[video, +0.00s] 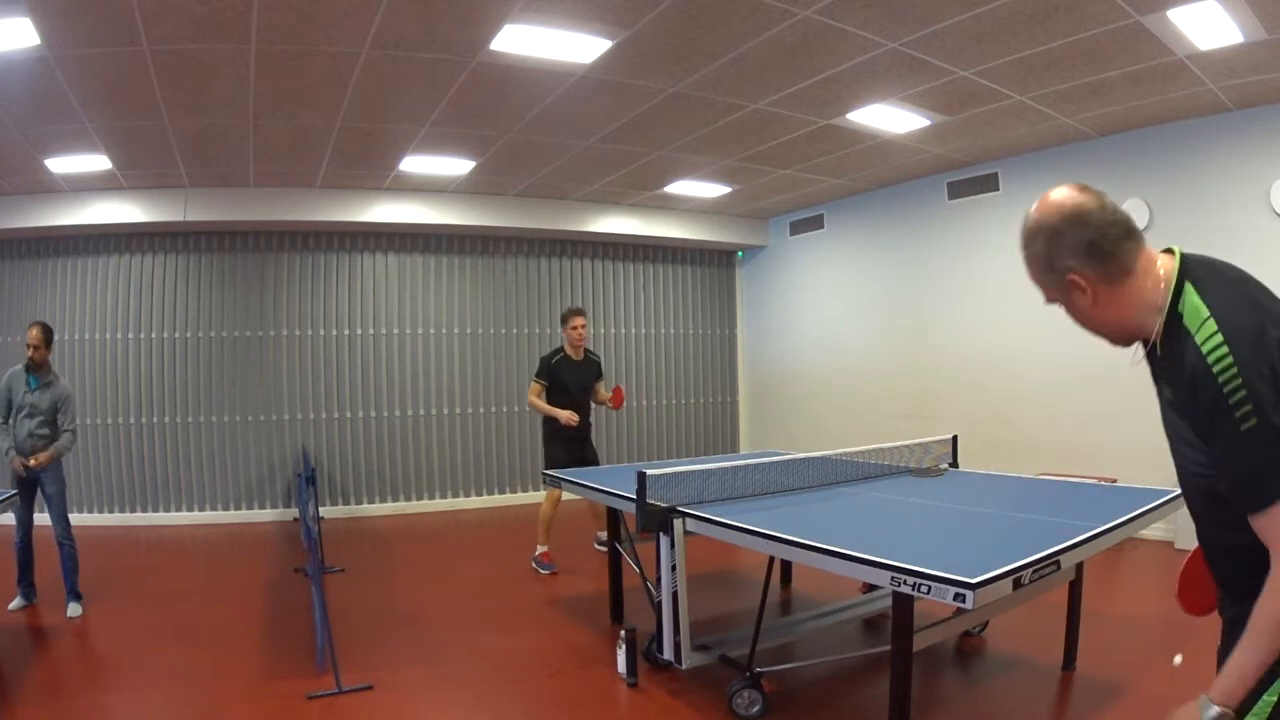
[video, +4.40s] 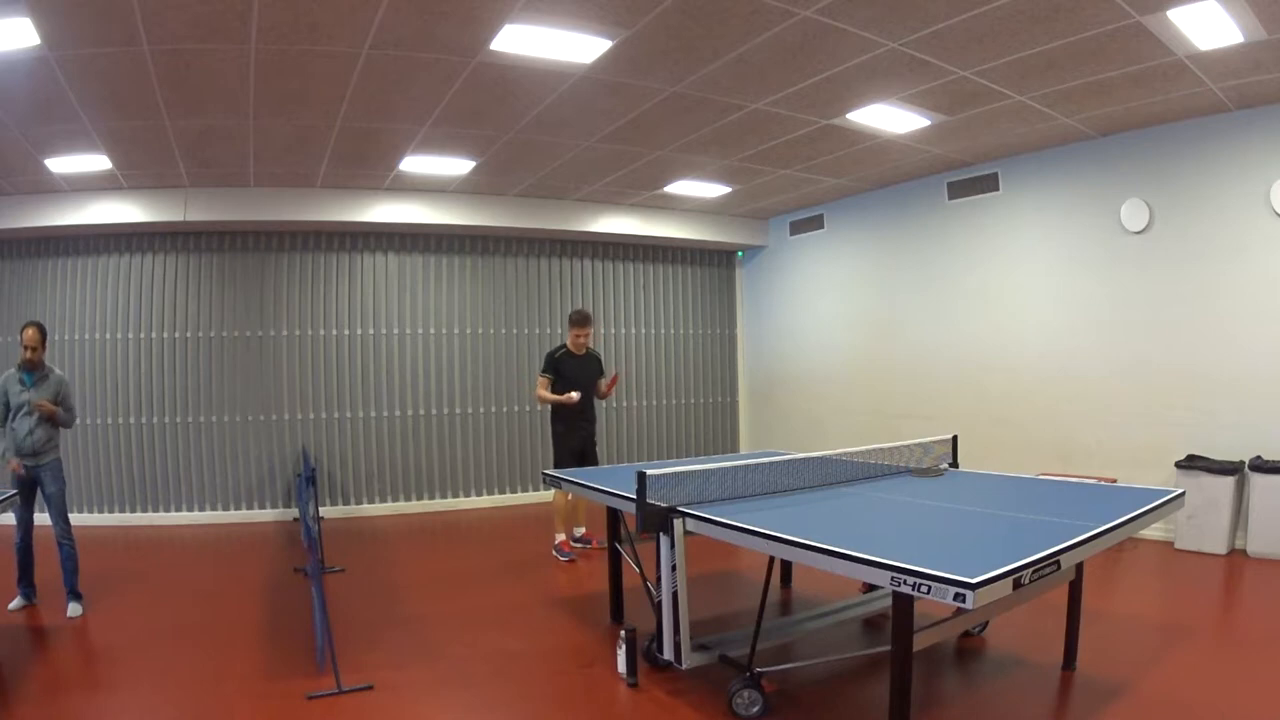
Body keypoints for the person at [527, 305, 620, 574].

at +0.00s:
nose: (580, 332)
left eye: (583, 327)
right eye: (574, 328)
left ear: (588, 330)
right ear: (563, 332)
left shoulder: (593, 362)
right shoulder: (550, 362)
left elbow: (598, 395)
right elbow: (533, 398)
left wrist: (610, 399)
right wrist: (559, 413)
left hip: (583, 436)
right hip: (557, 437)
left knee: (598, 488)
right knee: (554, 493)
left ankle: (604, 534)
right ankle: (541, 551)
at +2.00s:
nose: (585, 323)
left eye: (587, 318)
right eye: (579, 318)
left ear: (590, 321)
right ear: (565, 322)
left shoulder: (590, 352)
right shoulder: (550, 351)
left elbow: (591, 380)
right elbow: (531, 384)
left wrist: (599, 387)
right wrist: (543, 410)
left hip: (585, 425)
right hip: (561, 425)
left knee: (584, 481)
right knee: (558, 483)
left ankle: (572, 529)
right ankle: (553, 535)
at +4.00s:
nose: (599, 339)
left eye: (601, 335)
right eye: (595, 334)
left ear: (600, 335)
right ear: (580, 332)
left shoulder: (595, 360)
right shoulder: (560, 356)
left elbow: (596, 393)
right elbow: (537, 385)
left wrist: (611, 391)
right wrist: (553, 416)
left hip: (586, 428)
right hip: (565, 428)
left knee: (585, 482)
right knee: (565, 484)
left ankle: (579, 533)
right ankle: (560, 539)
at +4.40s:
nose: (582, 341)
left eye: (586, 336)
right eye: (578, 336)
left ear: (591, 334)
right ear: (569, 333)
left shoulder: (594, 359)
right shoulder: (555, 358)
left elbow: (600, 393)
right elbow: (540, 393)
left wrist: (609, 388)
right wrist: (562, 398)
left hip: (586, 430)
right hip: (564, 431)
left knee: (585, 483)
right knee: (564, 485)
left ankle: (579, 533)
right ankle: (560, 539)